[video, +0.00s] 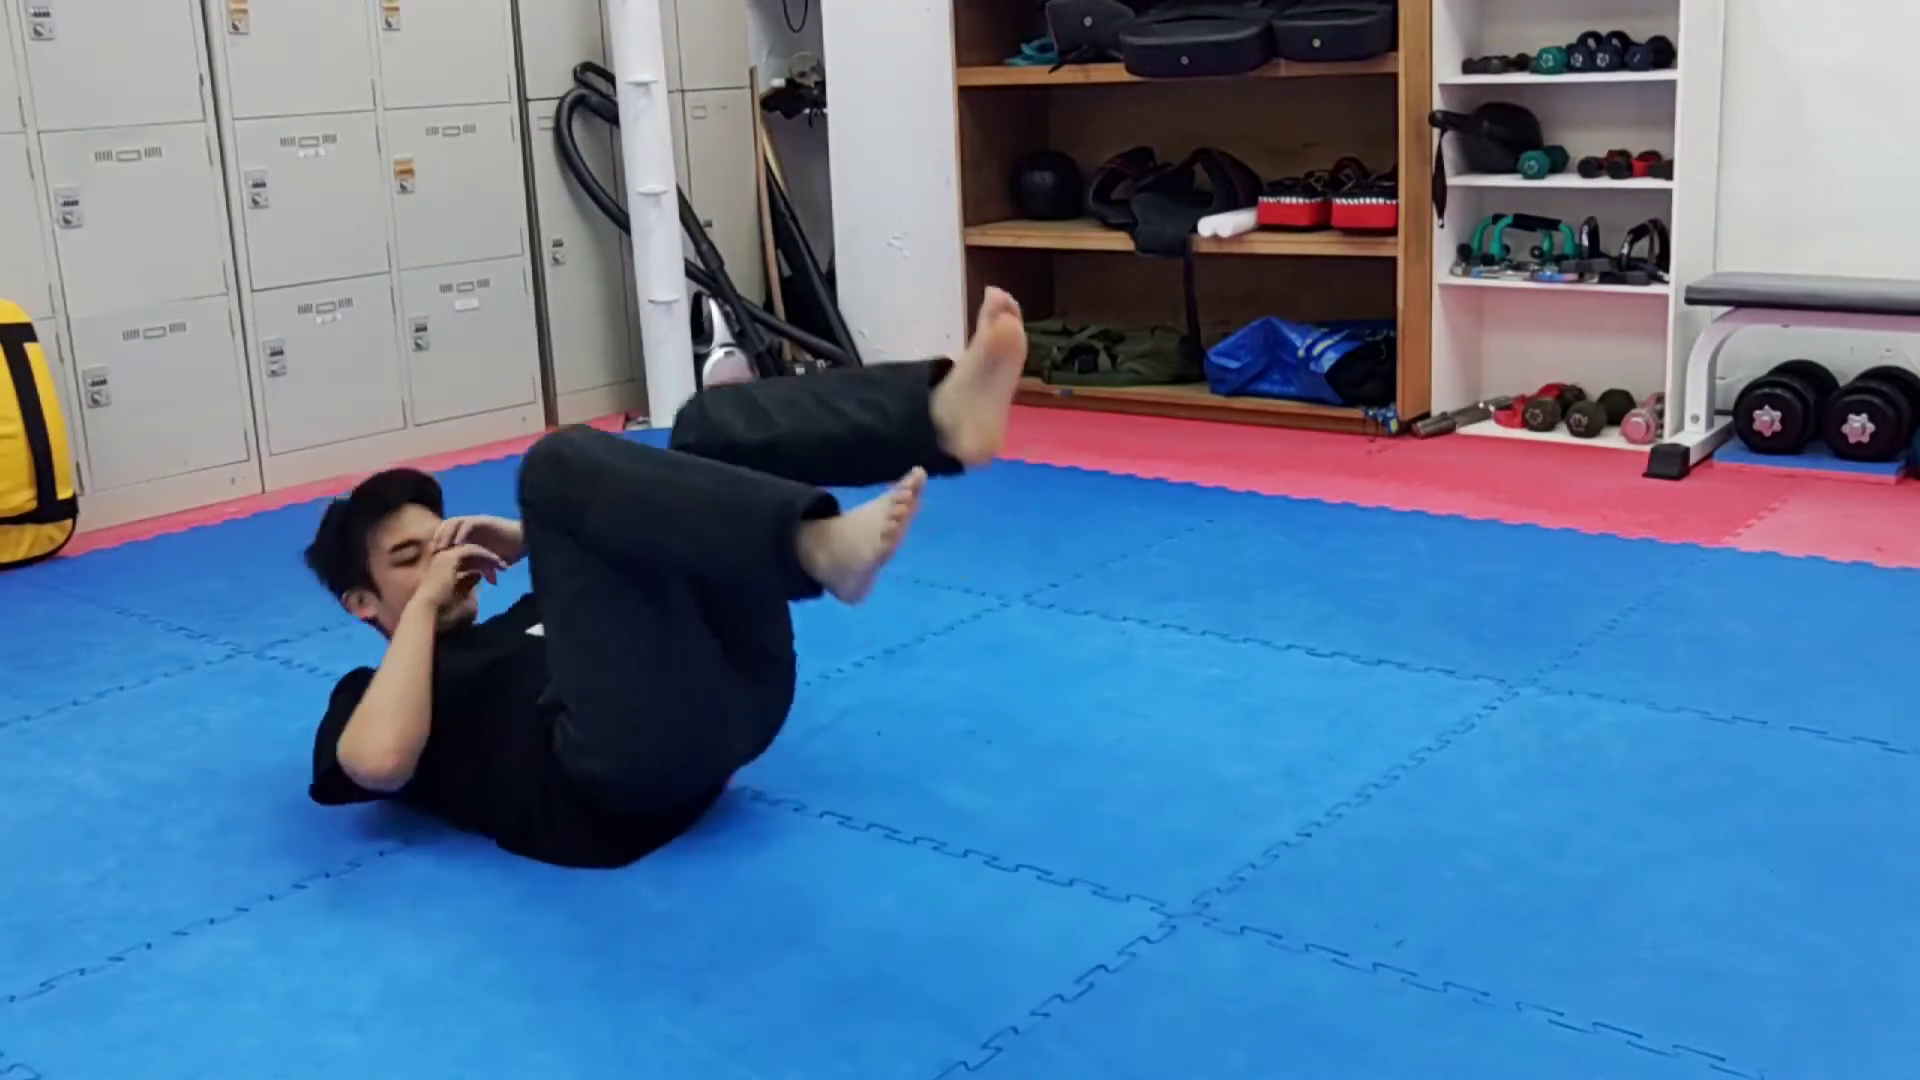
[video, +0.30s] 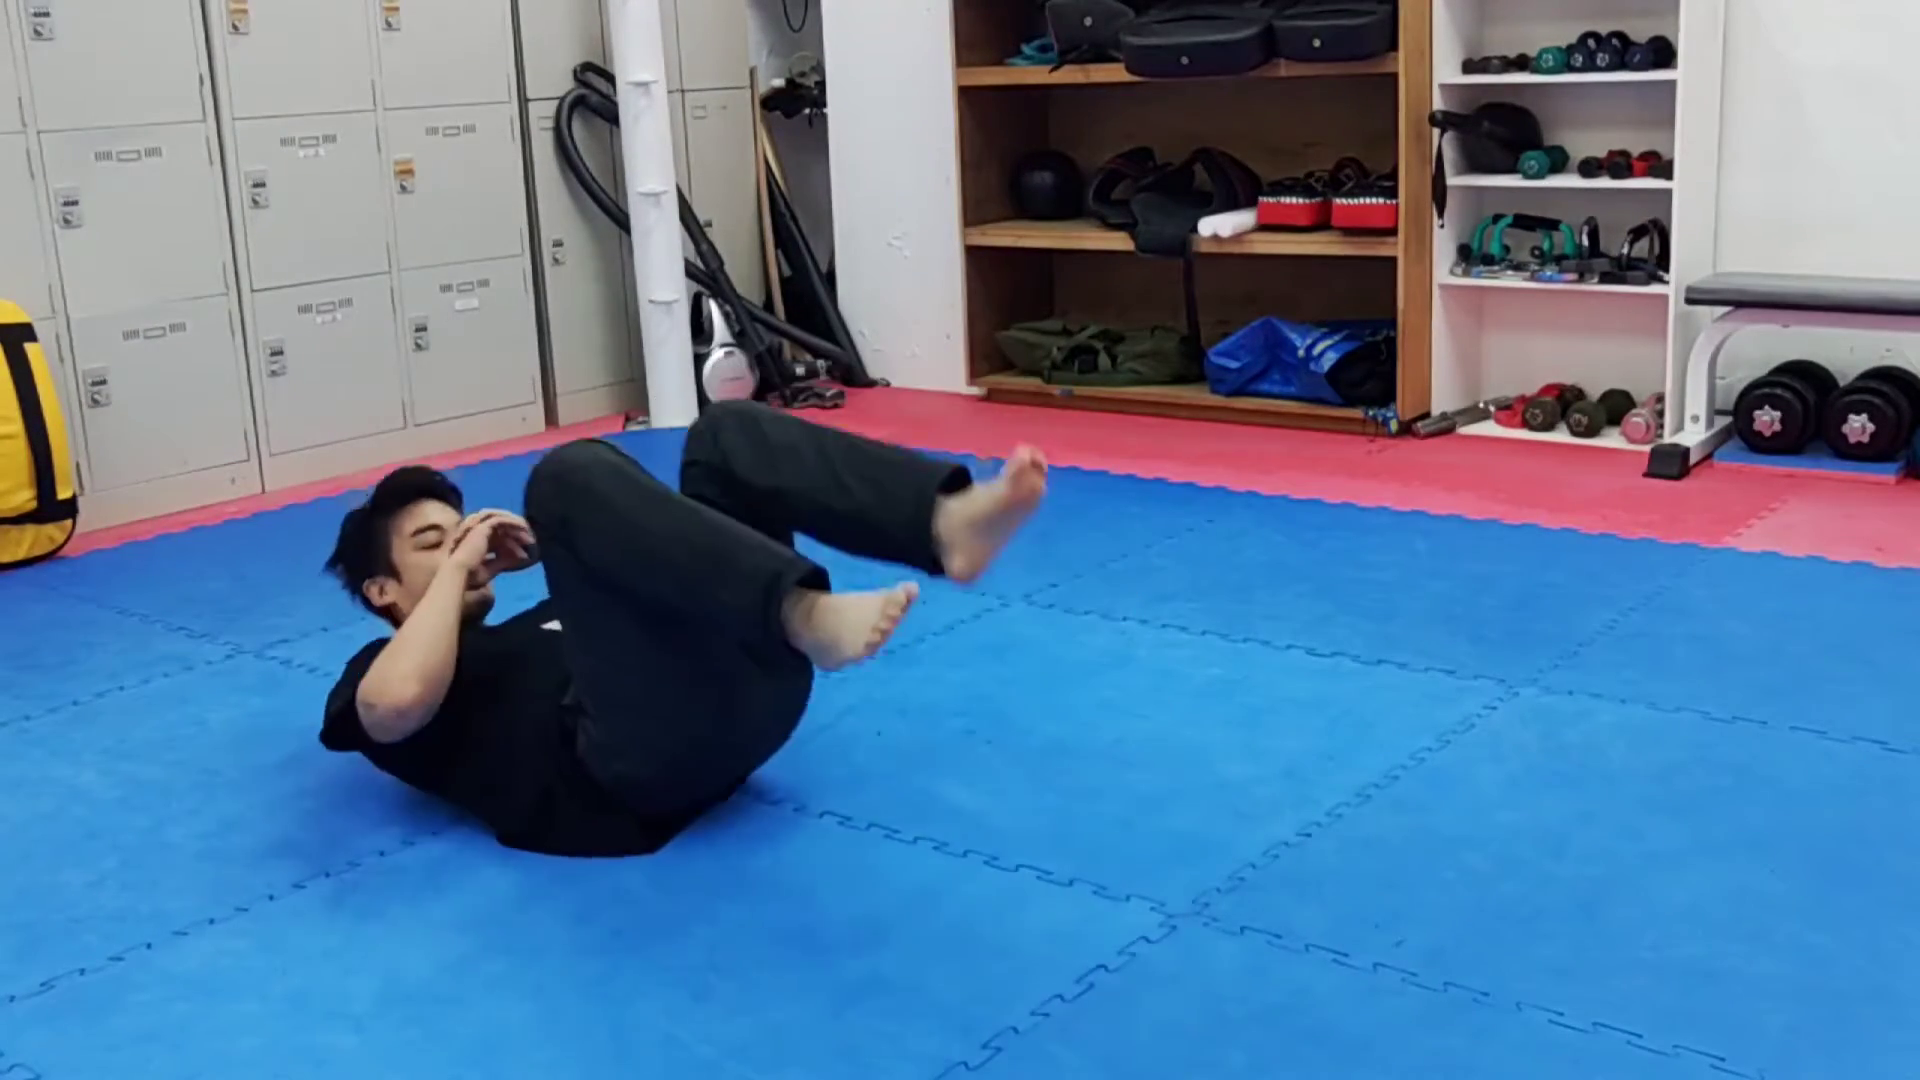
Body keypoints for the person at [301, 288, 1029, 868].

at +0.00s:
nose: (441, 563)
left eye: (443, 544)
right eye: (407, 557)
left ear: (468, 553)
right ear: (364, 603)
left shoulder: (536, 613)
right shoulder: (367, 697)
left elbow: (641, 577)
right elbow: (381, 762)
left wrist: (534, 544)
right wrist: (423, 616)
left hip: (726, 701)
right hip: (620, 772)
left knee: (708, 424)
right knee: (554, 466)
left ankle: (943, 415)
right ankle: (812, 549)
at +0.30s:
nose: (460, 552)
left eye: (465, 535)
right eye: (429, 540)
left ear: (489, 558)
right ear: (383, 590)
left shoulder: (537, 634)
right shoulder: (375, 677)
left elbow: (639, 637)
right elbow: (403, 699)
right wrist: (457, 581)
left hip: (739, 710)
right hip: (635, 768)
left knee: (723, 435)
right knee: (566, 476)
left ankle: (941, 521)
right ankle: (796, 613)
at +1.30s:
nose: (485, 555)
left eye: (487, 536)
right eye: (451, 550)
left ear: (506, 549)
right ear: (409, 601)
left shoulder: (576, 616)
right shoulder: (424, 699)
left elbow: (690, 546)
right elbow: (452, 656)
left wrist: (592, 517)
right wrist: (493, 539)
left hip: (765, 652)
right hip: (676, 718)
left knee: (740, 382)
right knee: (628, 438)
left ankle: (978, 452)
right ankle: (884, 548)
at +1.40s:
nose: (506, 541)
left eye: (505, 528)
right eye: (473, 535)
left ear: (517, 546)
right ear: (425, 590)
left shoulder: (580, 607)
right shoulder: (432, 673)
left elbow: (707, 586)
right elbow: (497, 641)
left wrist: (639, 526)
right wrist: (552, 528)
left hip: (772, 674)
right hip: (688, 738)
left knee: (767, 406)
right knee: (661, 471)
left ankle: (985, 512)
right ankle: (913, 585)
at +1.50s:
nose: (535, 513)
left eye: (531, 499)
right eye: (504, 506)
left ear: (544, 521)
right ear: (455, 554)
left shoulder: (589, 605)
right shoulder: (447, 643)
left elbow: (687, 644)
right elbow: (543, 629)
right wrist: (602, 530)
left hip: (807, 693)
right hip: (732, 747)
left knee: (821, 445)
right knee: (709, 501)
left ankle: (1017, 579)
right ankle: (948, 645)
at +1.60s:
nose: (575, 478)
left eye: (572, 461)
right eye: (546, 468)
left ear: (577, 476)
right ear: (490, 508)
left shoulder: (612, 572)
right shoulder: (471, 603)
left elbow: (768, 593)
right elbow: (566, 628)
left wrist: (704, 534)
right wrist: (629, 519)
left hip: (817, 702)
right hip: (735, 745)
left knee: (890, 467)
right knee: (772, 493)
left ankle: (1063, 643)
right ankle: (972, 691)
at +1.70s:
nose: (603, 452)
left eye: (599, 433)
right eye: (571, 441)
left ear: (601, 443)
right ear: (514, 482)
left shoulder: (649, 537)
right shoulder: (497, 584)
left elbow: (794, 579)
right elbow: (566, 638)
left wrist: (723, 509)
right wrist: (632, 513)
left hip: (844, 703)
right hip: (752, 743)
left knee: (935, 481)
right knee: (819, 487)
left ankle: (1115, 656)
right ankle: (999, 696)